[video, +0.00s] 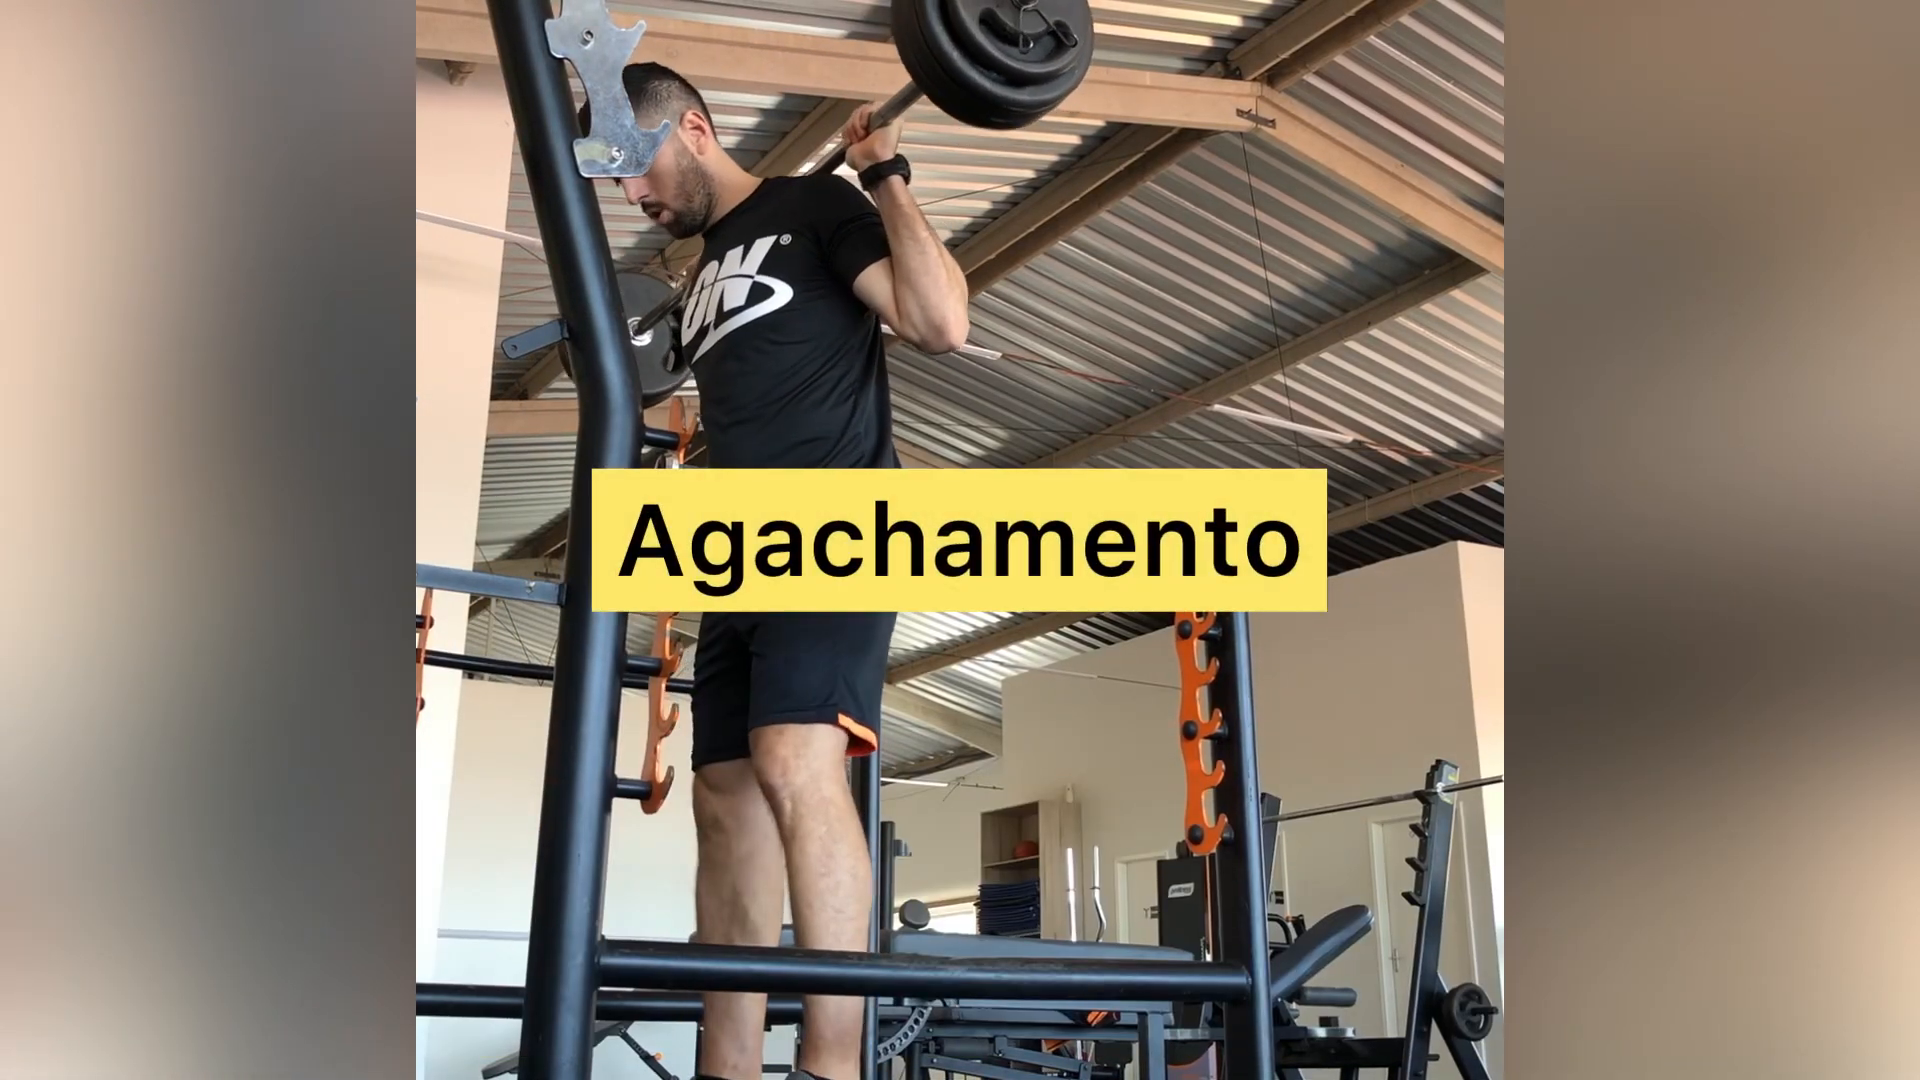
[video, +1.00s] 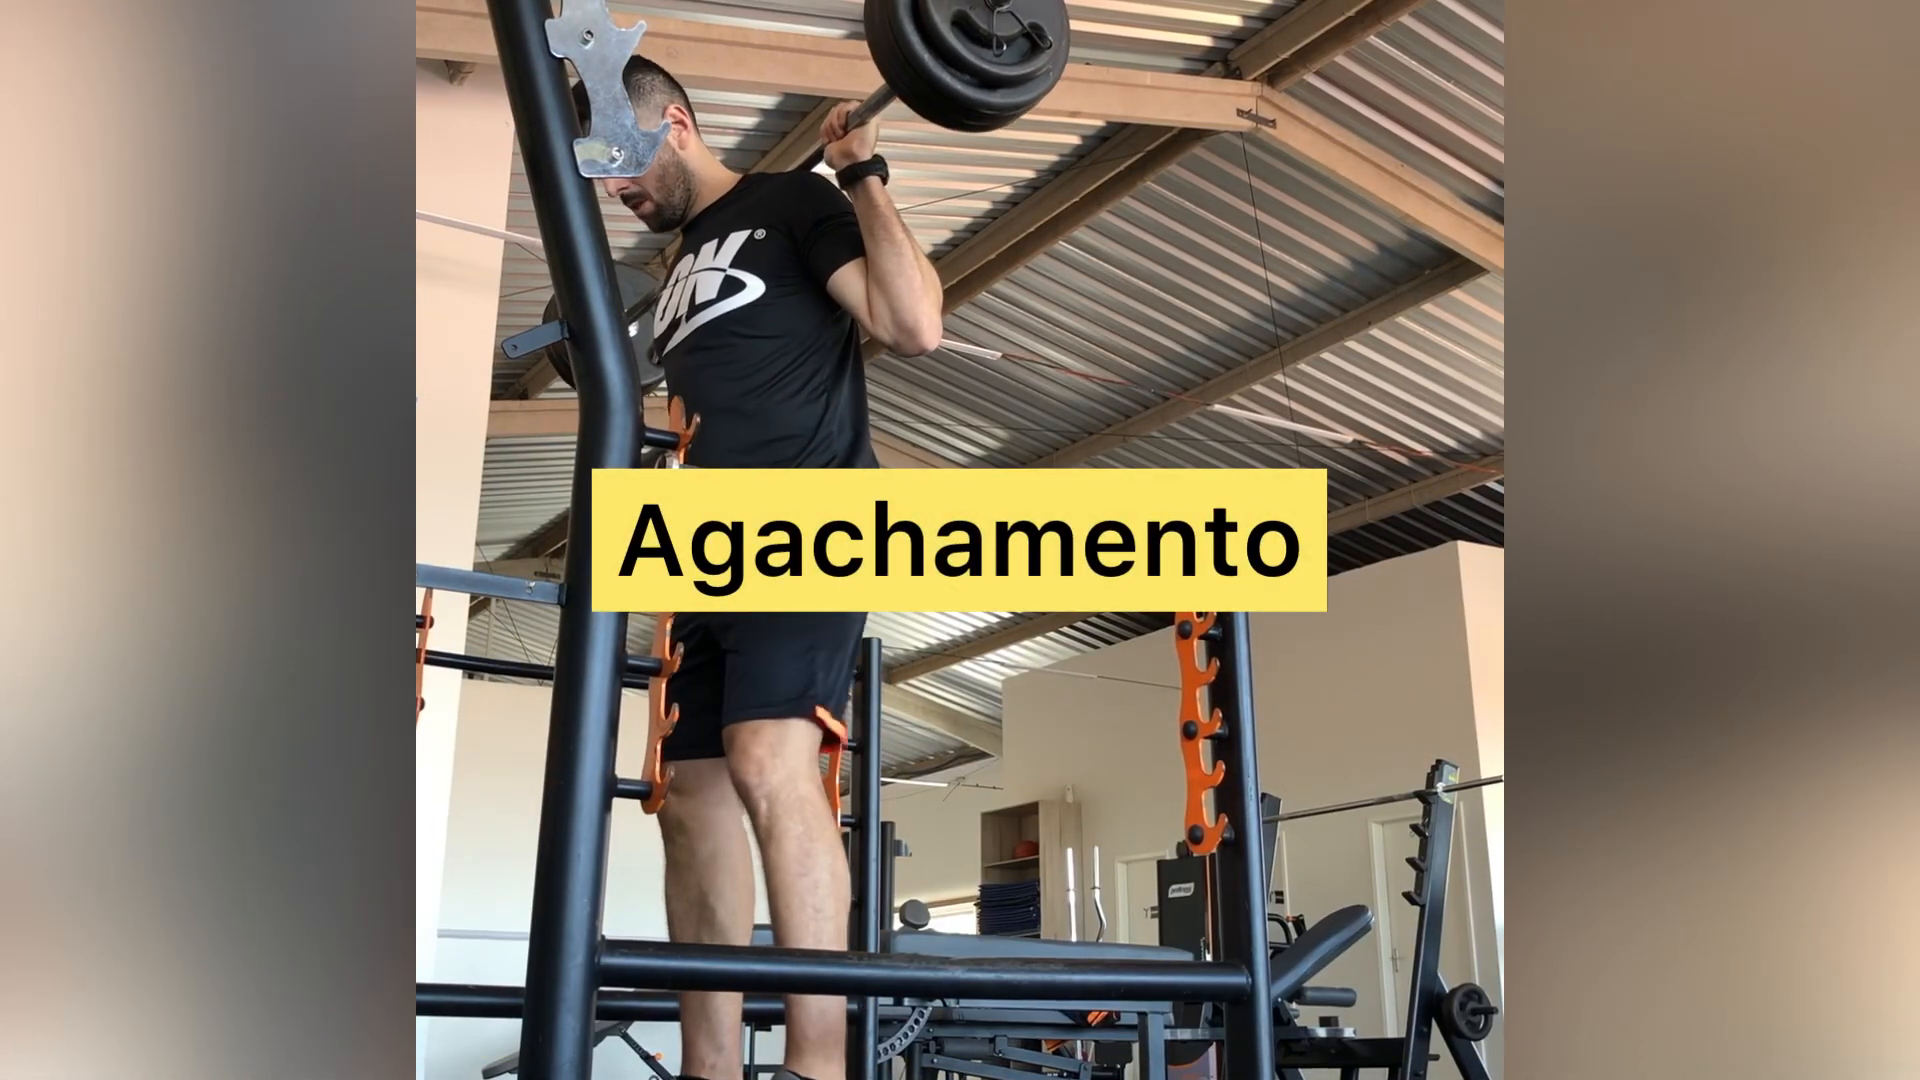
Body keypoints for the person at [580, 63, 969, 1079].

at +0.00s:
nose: (634, 193)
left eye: (638, 163)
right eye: (620, 176)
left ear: (696, 128)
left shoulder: (816, 201)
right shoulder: (700, 281)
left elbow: (943, 323)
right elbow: (716, 434)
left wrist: (889, 183)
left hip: (829, 529)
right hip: (737, 543)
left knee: (797, 761)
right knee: (723, 791)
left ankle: (835, 1065)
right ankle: (730, 1067)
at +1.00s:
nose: (620, 187)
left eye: (629, 157)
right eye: (606, 172)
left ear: (680, 124)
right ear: (614, 172)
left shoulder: (793, 200)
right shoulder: (676, 276)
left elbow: (916, 326)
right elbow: (698, 433)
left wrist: (868, 182)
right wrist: (667, 581)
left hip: (808, 522)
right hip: (714, 539)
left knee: (769, 755)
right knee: (692, 789)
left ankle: (821, 1062)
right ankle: (711, 1066)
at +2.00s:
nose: (623, 181)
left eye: (630, 152)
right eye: (610, 166)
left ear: (679, 116)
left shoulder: (793, 194)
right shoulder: (685, 261)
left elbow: (915, 319)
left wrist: (869, 173)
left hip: (797, 514)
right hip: (719, 533)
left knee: (770, 756)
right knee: (691, 790)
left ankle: (821, 1063)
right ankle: (708, 1065)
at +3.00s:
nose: (631, 180)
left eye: (636, 149)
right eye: (618, 161)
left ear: (692, 113)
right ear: (672, 130)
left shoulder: (804, 190)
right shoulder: (684, 259)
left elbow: (916, 315)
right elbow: (700, 411)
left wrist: (867, 168)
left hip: (799, 521)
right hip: (711, 535)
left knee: (781, 762)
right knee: (697, 787)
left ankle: (826, 1063)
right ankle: (713, 1063)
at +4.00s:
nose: (624, 183)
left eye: (632, 154)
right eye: (611, 168)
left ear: (684, 120)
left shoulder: (799, 199)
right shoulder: (687, 270)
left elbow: (921, 321)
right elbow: (712, 415)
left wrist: (863, 174)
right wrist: (677, 455)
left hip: (819, 527)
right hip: (728, 543)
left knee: (788, 763)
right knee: (699, 788)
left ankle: (828, 1065)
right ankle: (708, 1066)